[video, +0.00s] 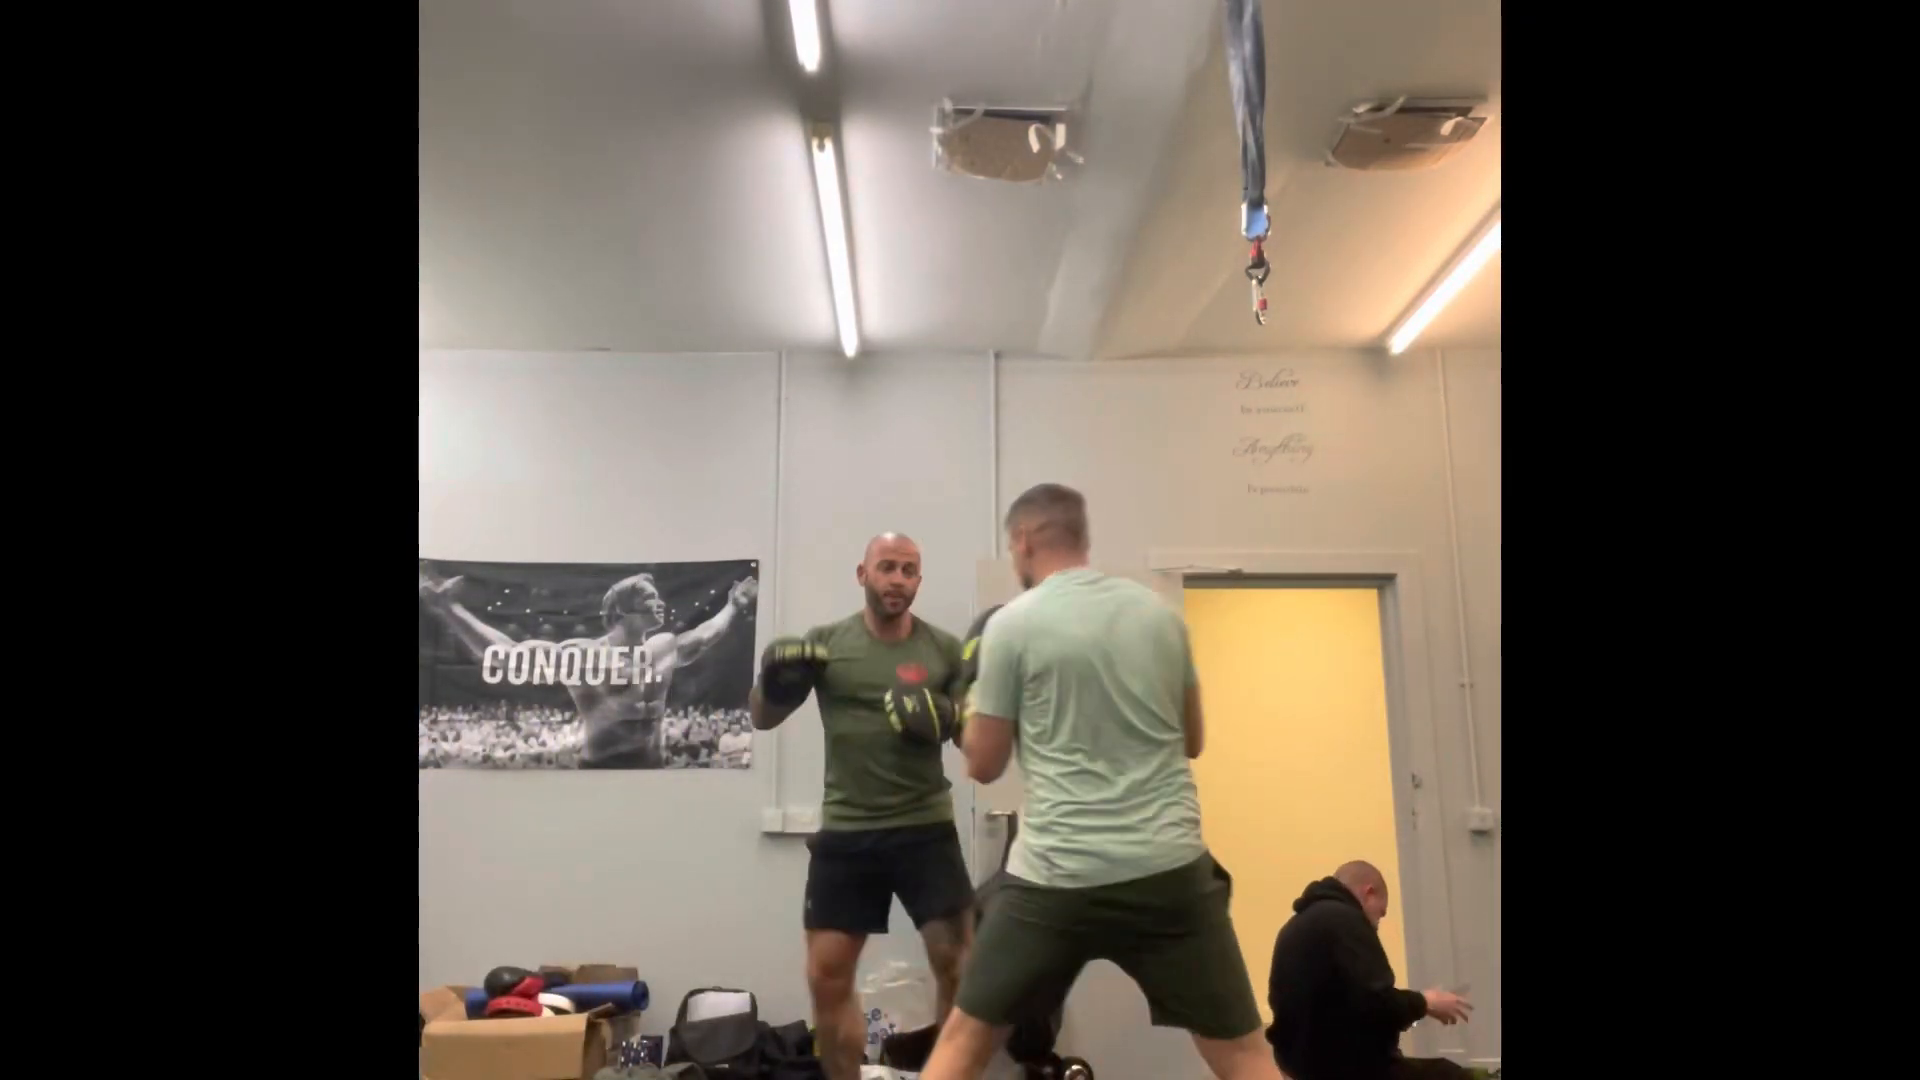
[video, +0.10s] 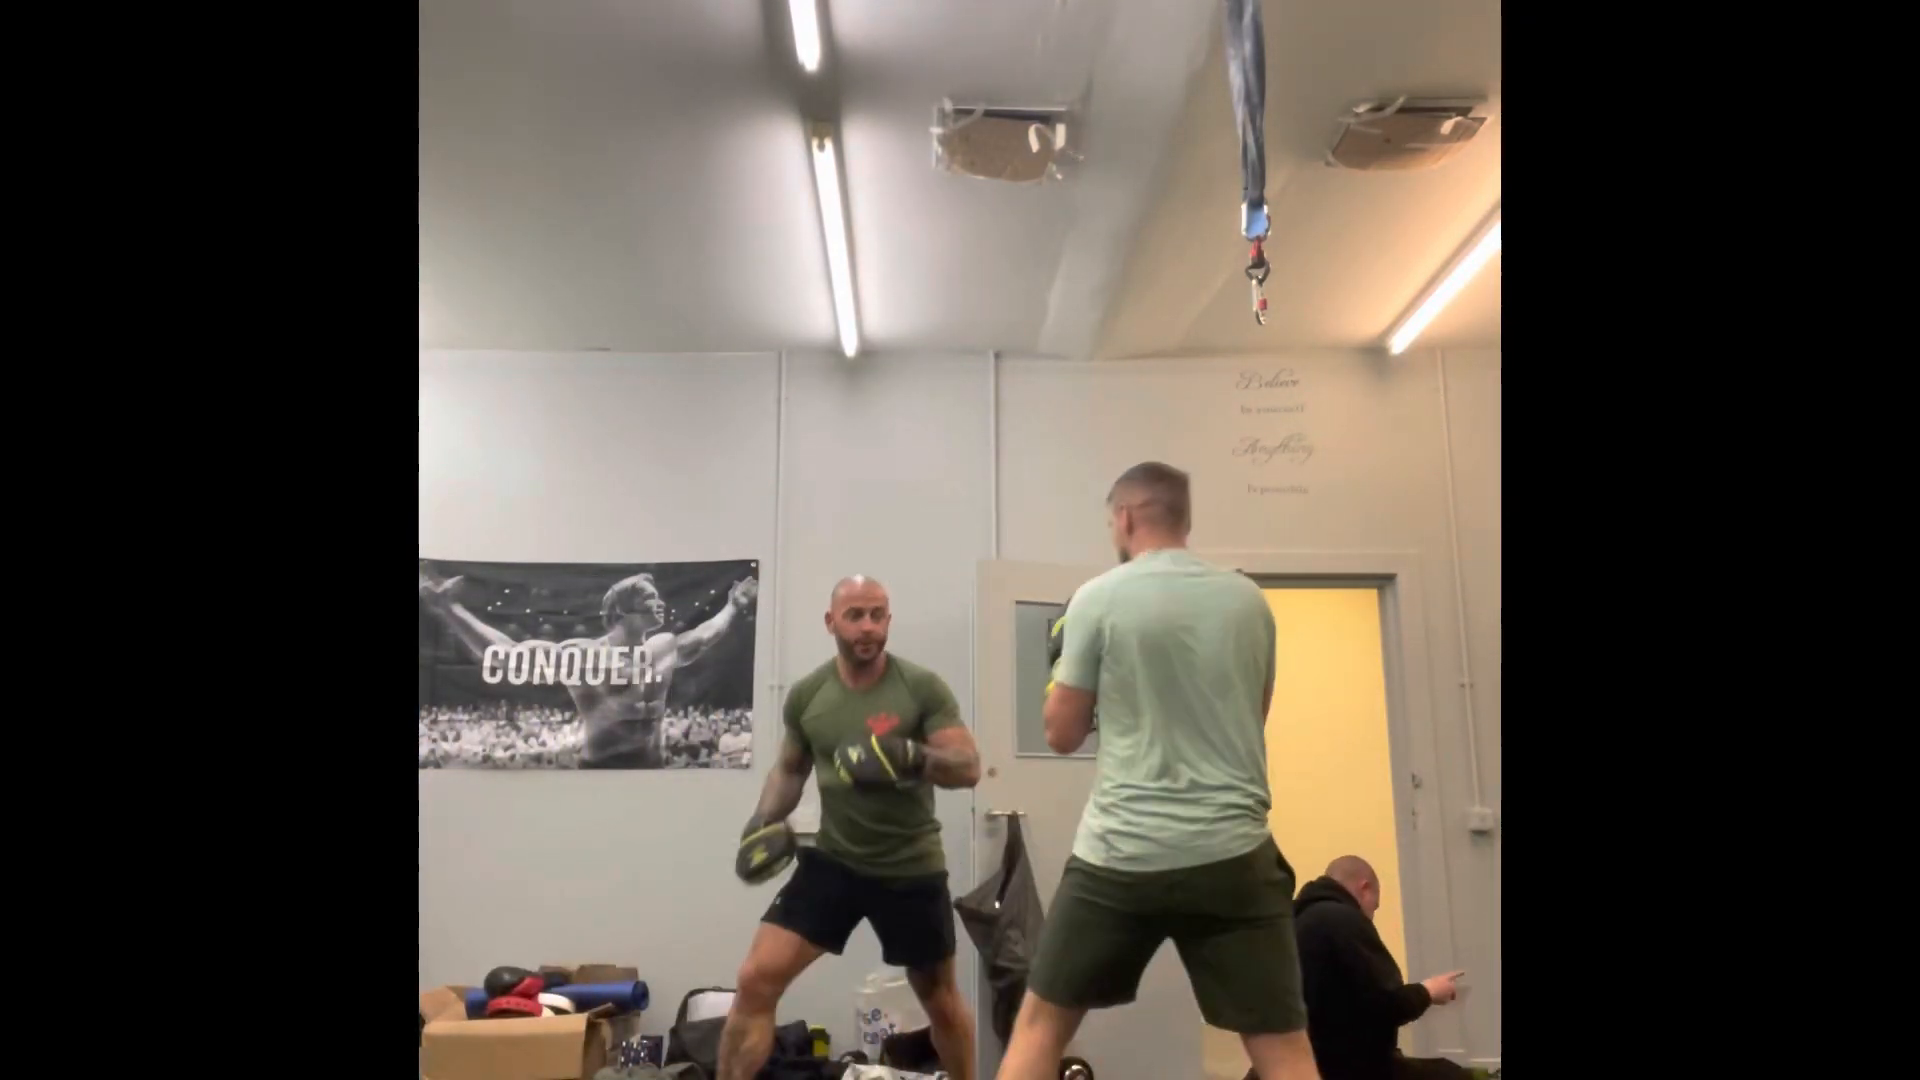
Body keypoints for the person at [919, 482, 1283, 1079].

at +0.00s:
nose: (1013, 561)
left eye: (1012, 548)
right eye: (1012, 549)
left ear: (1025, 542)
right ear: (1084, 540)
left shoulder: (1013, 625)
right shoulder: (1160, 613)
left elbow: (983, 763)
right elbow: (1190, 741)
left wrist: (979, 695)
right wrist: (1111, 713)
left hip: (1055, 873)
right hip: (1171, 869)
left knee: (966, 1040)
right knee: (1243, 1054)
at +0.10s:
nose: (1112, 536)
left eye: (1112, 524)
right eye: (1110, 525)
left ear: (1127, 517)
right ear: (1184, 520)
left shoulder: (1099, 598)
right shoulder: (1250, 599)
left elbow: (1062, 733)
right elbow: (1255, 715)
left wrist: (1084, 661)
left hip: (1120, 859)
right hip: (1236, 860)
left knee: (1041, 1030)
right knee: (1283, 1048)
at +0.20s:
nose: (1120, 531)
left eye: (1120, 517)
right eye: (1119, 517)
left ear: (1140, 512)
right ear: (1190, 514)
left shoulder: (1123, 589)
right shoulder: (1256, 592)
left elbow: (1078, 717)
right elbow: (1232, 693)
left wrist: (1078, 646)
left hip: (1144, 843)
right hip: (1251, 837)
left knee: (1083, 1013)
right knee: (1295, 1039)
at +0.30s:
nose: (1075, 560)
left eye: (1075, 543)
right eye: (1071, 545)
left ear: (1104, 534)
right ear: (1136, 532)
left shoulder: (1097, 611)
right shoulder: (1214, 604)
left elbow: (1084, 741)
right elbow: (1188, 715)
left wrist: (1041, 697)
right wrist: (1082, 682)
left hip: (1121, 859)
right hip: (1222, 853)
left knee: (1068, 1018)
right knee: (1255, 1036)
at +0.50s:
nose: (1056, 567)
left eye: (1065, 552)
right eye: (1055, 554)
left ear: (1109, 547)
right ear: (1110, 551)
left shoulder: (1122, 616)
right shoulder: (1148, 613)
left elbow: (1104, 731)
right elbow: (1127, 722)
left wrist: (1048, 680)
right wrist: (1078, 656)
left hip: (1131, 847)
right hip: (1178, 842)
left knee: (1079, 1013)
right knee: (1167, 998)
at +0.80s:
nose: (1066, 554)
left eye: (1080, 541)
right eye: (1061, 543)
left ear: (1118, 545)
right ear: (1058, 548)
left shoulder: (1145, 609)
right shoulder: (1077, 619)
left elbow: (1155, 712)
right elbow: (1055, 722)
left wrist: (1079, 659)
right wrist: (1031, 657)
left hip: (1128, 809)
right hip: (1088, 811)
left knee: (1072, 966)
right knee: (1118, 983)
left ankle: (1111, 1079)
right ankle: (1167, 1079)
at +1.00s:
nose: (1033, 538)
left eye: (1049, 526)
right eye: (1027, 527)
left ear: (1086, 535)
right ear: (1021, 534)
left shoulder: (1106, 602)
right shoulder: (1025, 611)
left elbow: (1103, 704)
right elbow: (994, 722)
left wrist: (1039, 635)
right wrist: (982, 647)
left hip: (1089, 827)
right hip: (1032, 826)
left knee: (1083, 1002)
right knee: (1026, 988)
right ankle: (1077, 1079)